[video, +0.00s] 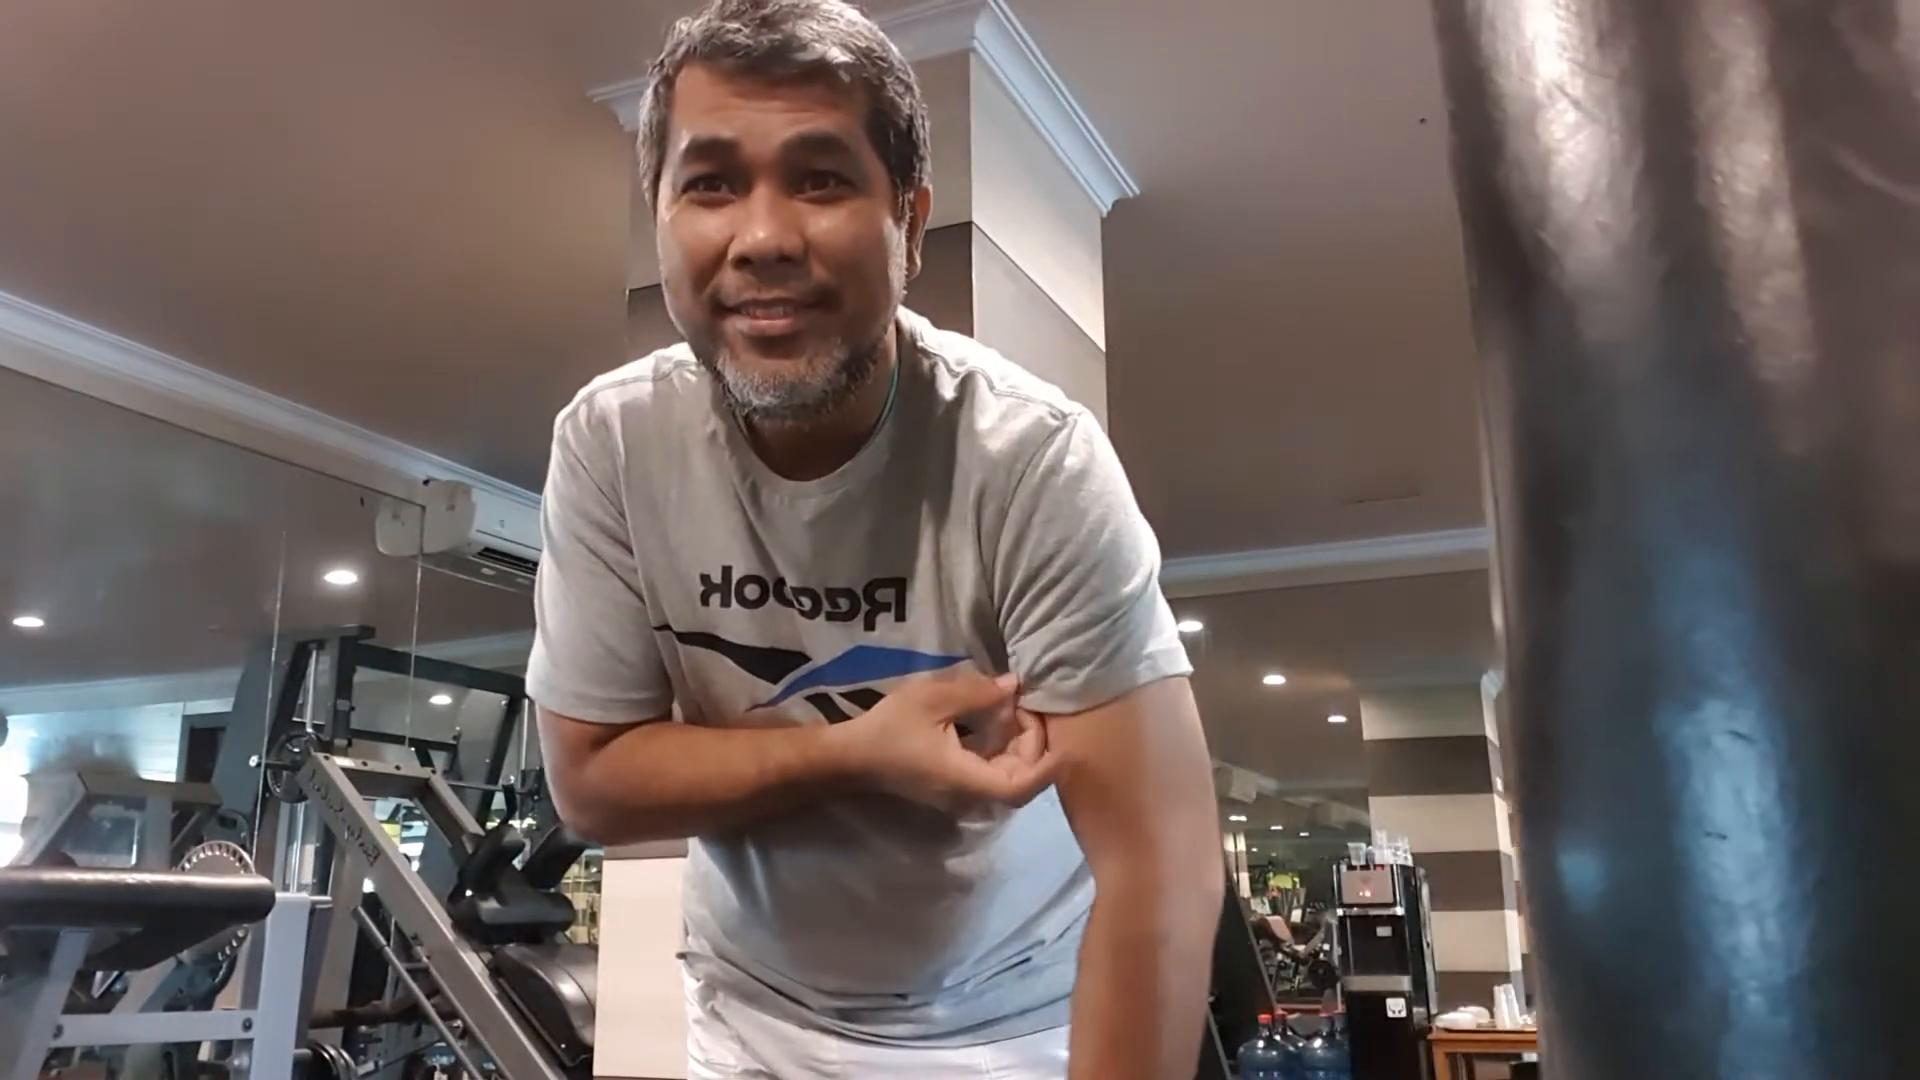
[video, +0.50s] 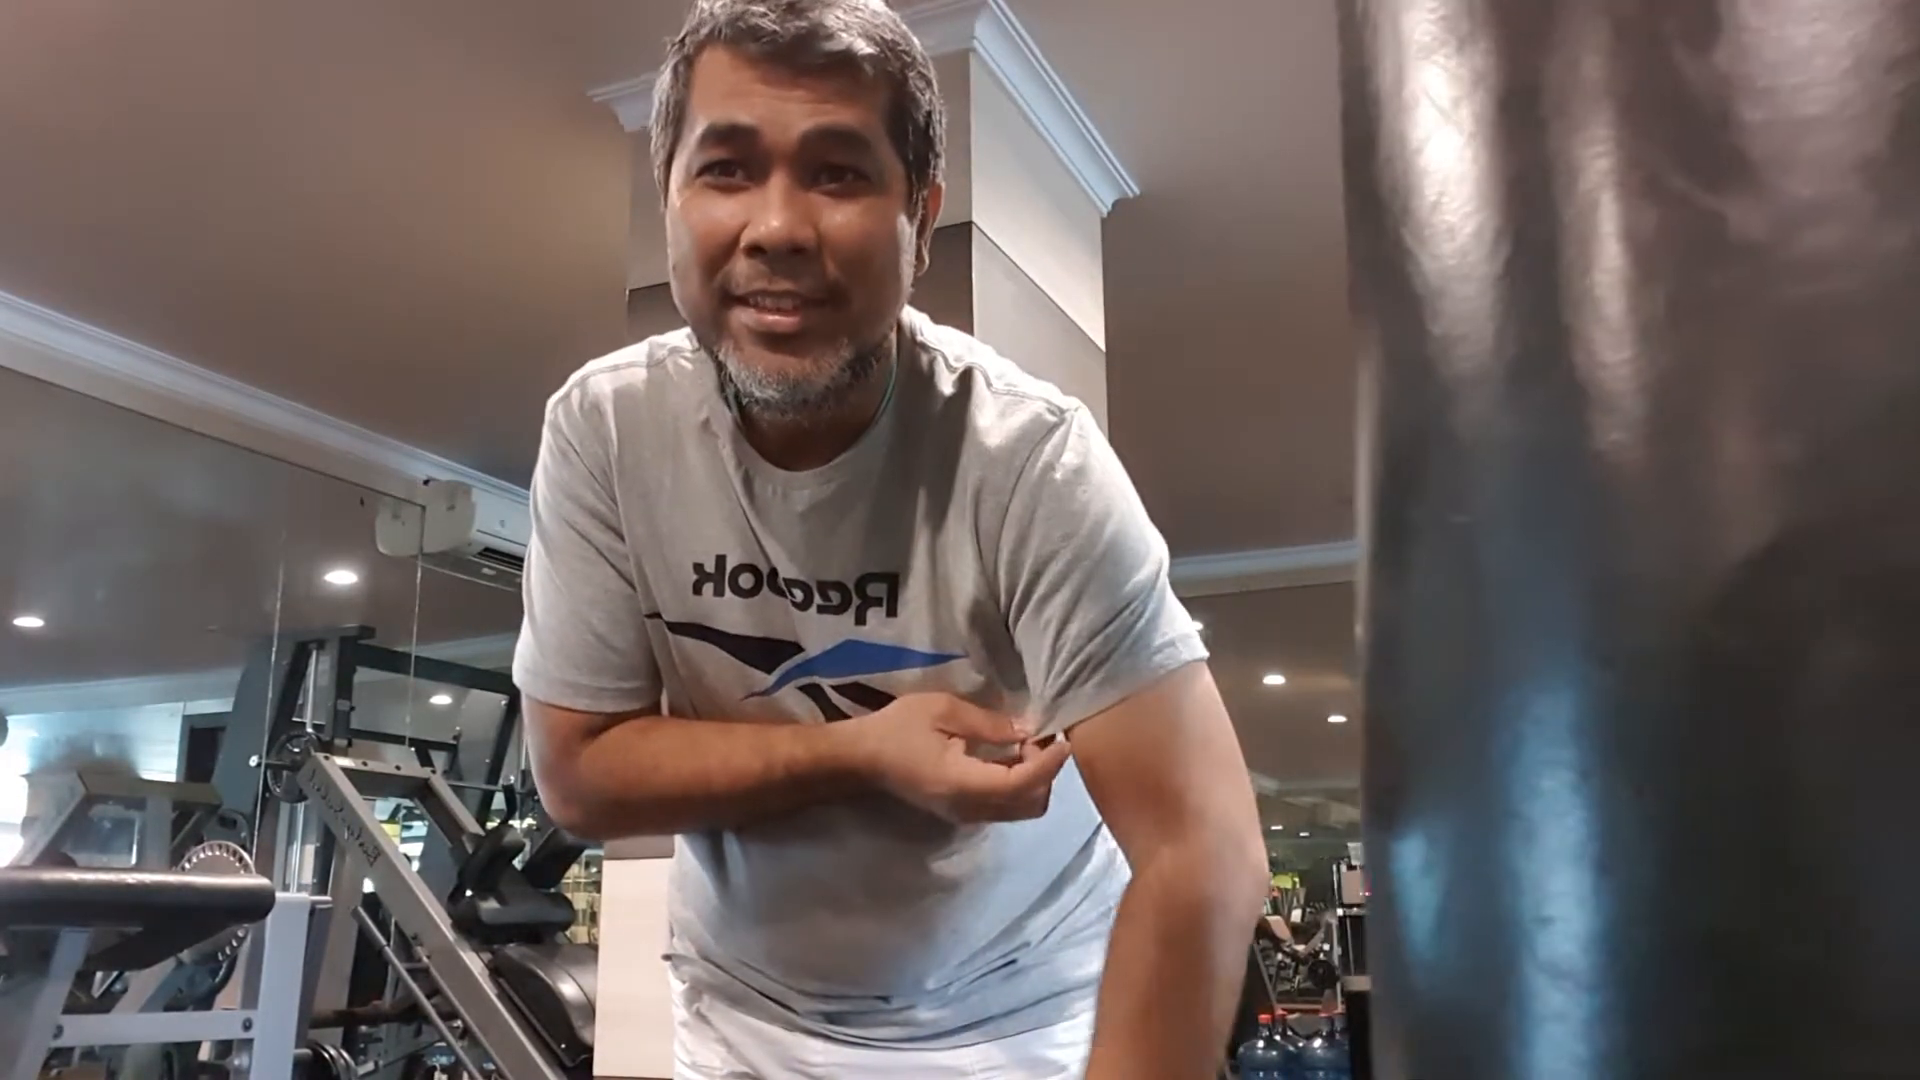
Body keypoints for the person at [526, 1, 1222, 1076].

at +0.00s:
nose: (764, 241)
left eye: (823, 182)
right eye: (713, 184)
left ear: (910, 221)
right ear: (657, 224)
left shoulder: (1034, 462)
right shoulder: (612, 443)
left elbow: (1162, 866)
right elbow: (593, 785)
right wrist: (854, 754)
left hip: (1012, 1028)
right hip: (749, 1014)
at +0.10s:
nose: (766, 239)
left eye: (826, 181)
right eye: (714, 182)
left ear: (911, 221)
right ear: (658, 219)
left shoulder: (1032, 461)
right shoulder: (612, 440)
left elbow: (1171, 858)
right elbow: (588, 785)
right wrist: (858, 755)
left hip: (1014, 1028)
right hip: (748, 1014)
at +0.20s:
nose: (769, 236)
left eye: (828, 179)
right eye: (717, 179)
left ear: (913, 222)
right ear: (659, 218)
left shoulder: (1030, 459)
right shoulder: (609, 439)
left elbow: (1184, 848)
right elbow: (589, 786)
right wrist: (869, 760)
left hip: (1020, 1026)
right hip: (748, 1016)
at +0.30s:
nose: (772, 234)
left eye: (832, 178)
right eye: (721, 176)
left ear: (916, 222)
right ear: (662, 214)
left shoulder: (1030, 458)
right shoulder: (606, 438)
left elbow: (1195, 844)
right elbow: (589, 785)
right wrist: (870, 761)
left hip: (1028, 1024)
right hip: (750, 1018)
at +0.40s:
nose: (776, 232)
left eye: (837, 176)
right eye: (725, 172)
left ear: (919, 215)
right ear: (666, 208)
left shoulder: (1029, 457)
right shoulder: (605, 433)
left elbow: (1204, 849)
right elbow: (584, 782)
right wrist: (862, 755)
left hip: (1029, 1023)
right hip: (749, 1017)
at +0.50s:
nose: (778, 229)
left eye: (840, 174)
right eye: (729, 168)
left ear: (922, 213)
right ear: (666, 201)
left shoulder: (1029, 457)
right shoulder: (604, 430)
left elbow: (1206, 856)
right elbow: (580, 778)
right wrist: (858, 753)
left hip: (1025, 1025)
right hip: (747, 1017)